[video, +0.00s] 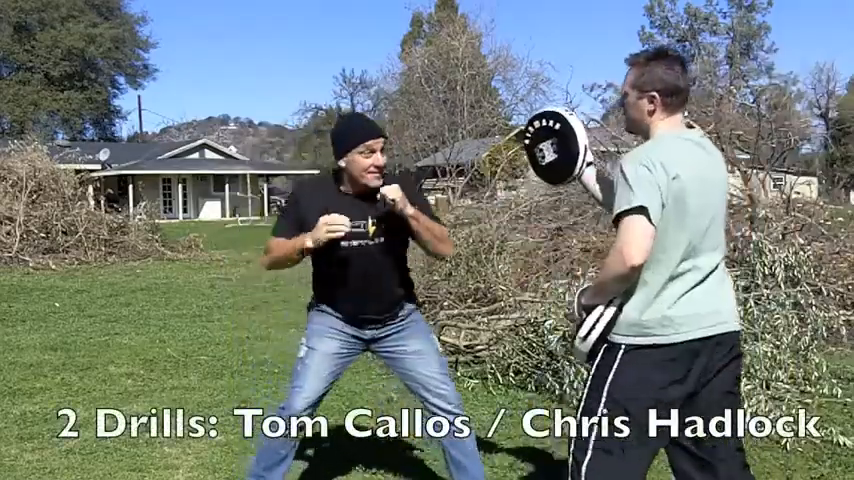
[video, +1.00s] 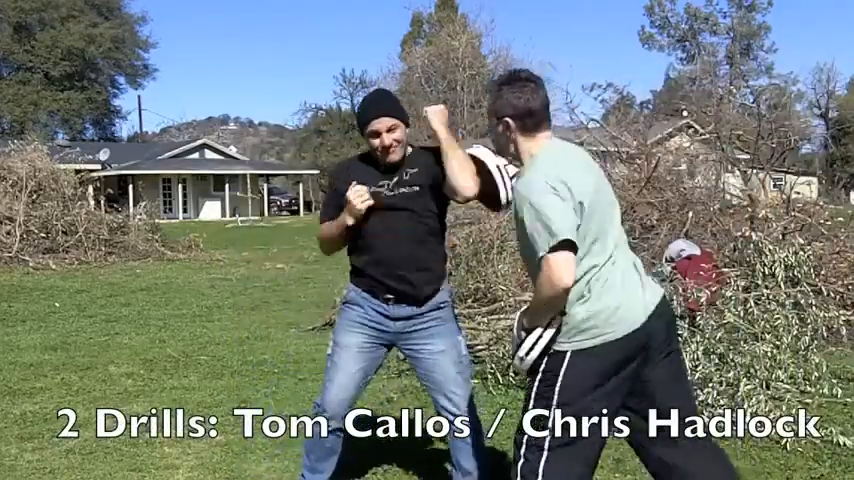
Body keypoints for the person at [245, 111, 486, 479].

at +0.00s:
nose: (380, 162)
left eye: (382, 151)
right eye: (368, 153)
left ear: (386, 152)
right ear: (342, 158)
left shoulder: (401, 189)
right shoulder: (310, 194)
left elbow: (445, 247)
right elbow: (271, 258)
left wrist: (408, 211)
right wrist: (309, 240)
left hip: (401, 321)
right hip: (333, 323)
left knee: (448, 408)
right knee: (296, 408)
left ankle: (472, 476)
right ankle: (261, 476)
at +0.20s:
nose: (487, 149)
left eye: (486, 142)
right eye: (478, 140)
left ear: (458, 149)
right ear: (452, 145)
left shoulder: (454, 195)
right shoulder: (424, 171)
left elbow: (433, 237)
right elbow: (376, 169)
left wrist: (465, 237)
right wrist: (335, 162)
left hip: (418, 323)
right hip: (377, 313)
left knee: (456, 411)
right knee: (350, 418)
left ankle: (474, 476)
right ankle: (274, 469)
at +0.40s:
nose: (499, 156)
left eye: (500, 149)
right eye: (492, 147)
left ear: (468, 151)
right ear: (462, 148)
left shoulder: (464, 189)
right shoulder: (446, 171)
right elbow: (477, 196)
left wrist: (485, 221)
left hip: (429, 320)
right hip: (392, 310)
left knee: (464, 410)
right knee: (367, 413)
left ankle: (474, 476)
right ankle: (289, 474)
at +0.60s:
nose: (470, 137)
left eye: (473, 131)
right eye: (461, 129)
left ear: (474, 138)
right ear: (434, 134)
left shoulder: (465, 190)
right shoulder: (400, 170)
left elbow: (486, 256)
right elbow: (388, 231)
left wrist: (489, 210)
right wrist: (447, 202)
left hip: (441, 317)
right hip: (388, 312)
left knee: (477, 410)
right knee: (365, 410)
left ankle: (478, 477)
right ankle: (318, 472)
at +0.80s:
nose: (418, 128)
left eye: (424, 119)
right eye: (407, 121)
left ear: (433, 123)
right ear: (390, 128)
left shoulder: (449, 163)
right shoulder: (363, 166)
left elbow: (487, 162)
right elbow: (332, 228)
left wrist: (466, 121)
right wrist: (382, 203)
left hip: (434, 311)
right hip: (369, 309)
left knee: (465, 409)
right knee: (340, 404)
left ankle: (470, 475)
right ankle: (317, 475)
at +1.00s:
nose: (385, 141)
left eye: (391, 130)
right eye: (375, 135)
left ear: (406, 127)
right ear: (365, 136)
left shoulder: (431, 162)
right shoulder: (348, 173)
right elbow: (327, 244)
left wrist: (442, 130)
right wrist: (346, 218)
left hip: (430, 312)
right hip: (364, 310)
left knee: (459, 410)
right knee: (332, 406)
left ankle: (469, 476)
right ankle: (314, 475)